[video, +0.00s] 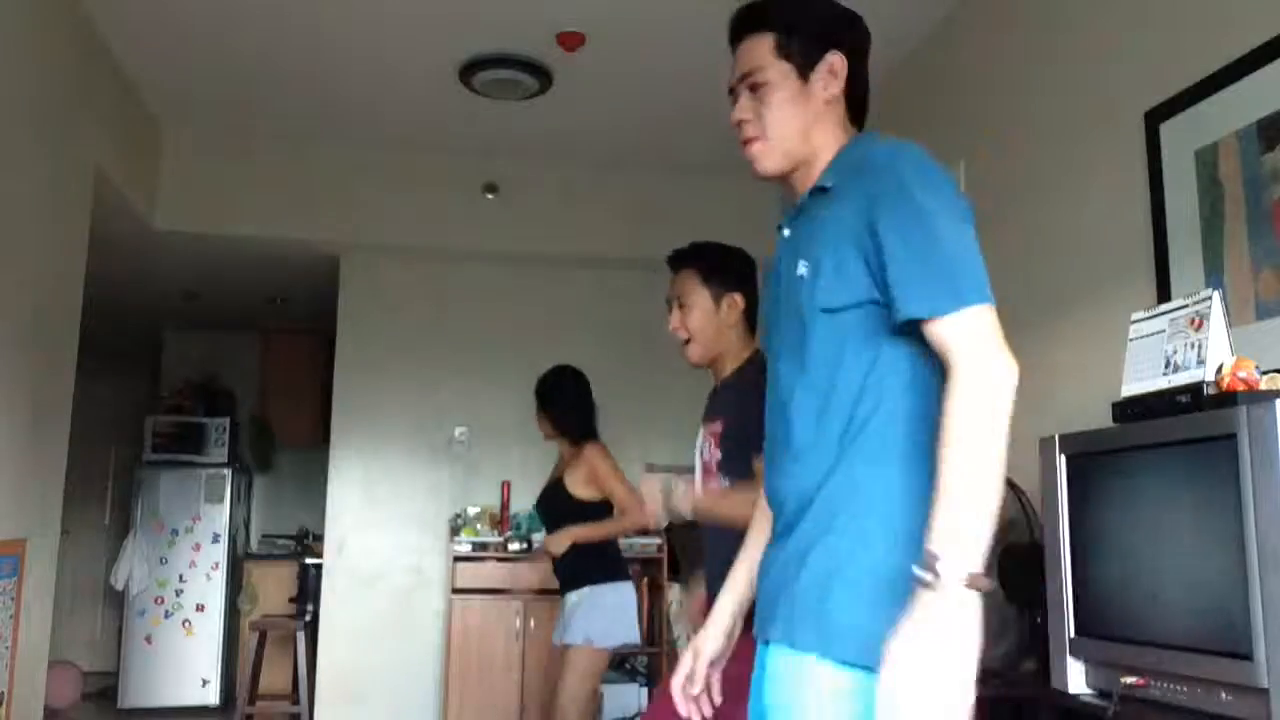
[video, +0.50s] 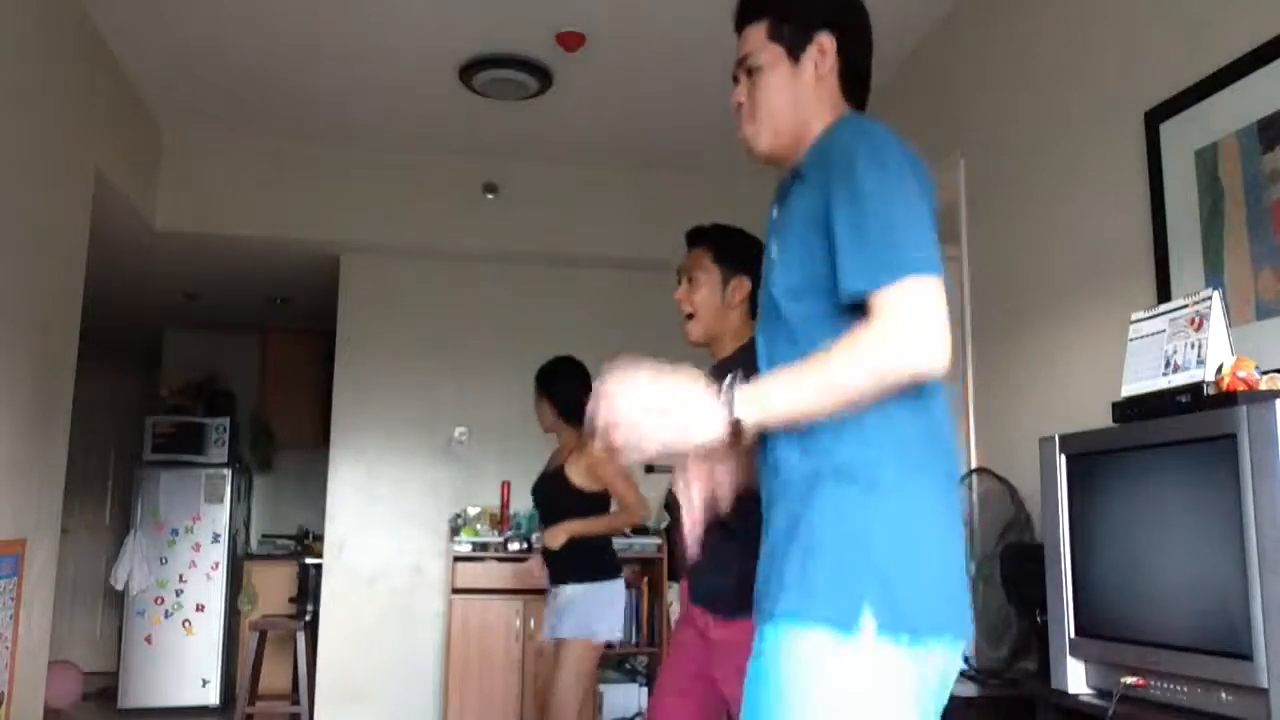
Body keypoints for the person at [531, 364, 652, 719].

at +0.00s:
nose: (537, 417)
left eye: (542, 408)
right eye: (538, 408)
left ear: (560, 410)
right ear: (571, 409)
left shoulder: (592, 454)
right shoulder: (566, 459)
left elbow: (638, 515)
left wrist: (571, 534)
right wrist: (554, 540)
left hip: (602, 594)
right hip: (579, 594)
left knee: (570, 709)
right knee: (574, 706)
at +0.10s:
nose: (535, 402)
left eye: (540, 393)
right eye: (536, 393)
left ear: (558, 394)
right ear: (565, 395)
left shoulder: (590, 434)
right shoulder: (565, 441)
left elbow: (641, 487)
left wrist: (576, 512)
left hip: (603, 582)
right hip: (574, 583)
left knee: (574, 699)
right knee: (562, 697)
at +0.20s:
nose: (537, 407)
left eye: (541, 398)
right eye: (538, 398)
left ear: (558, 401)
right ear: (568, 401)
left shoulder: (592, 440)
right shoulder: (565, 448)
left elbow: (646, 483)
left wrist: (582, 512)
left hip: (603, 589)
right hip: (571, 588)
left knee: (582, 706)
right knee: (541, 688)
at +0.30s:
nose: (540, 422)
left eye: (543, 414)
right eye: (541, 414)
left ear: (558, 418)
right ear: (571, 417)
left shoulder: (592, 464)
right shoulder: (568, 464)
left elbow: (643, 521)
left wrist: (579, 543)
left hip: (601, 605)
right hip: (575, 605)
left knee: (574, 709)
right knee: (522, 689)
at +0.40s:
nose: (539, 424)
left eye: (543, 414)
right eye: (540, 415)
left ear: (558, 417)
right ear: (575, 416)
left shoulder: (593, 465)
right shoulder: (564, 467)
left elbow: (630, 528)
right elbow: (566, 530)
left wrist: (574, 548)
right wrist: (528, 530)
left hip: (596, 602)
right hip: (570, 603)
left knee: (572, 710)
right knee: (529, 702)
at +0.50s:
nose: (536, 408)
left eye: (540, 399)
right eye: (537, 399)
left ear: (556, 403)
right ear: (568, 402)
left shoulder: (595, 452)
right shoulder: (559, 452)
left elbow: (637, 511)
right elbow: (572, 510)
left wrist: (570, 528)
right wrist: (545, 544)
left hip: (593, 586)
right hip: (565, 585)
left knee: (562, 706)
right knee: (556, 701)